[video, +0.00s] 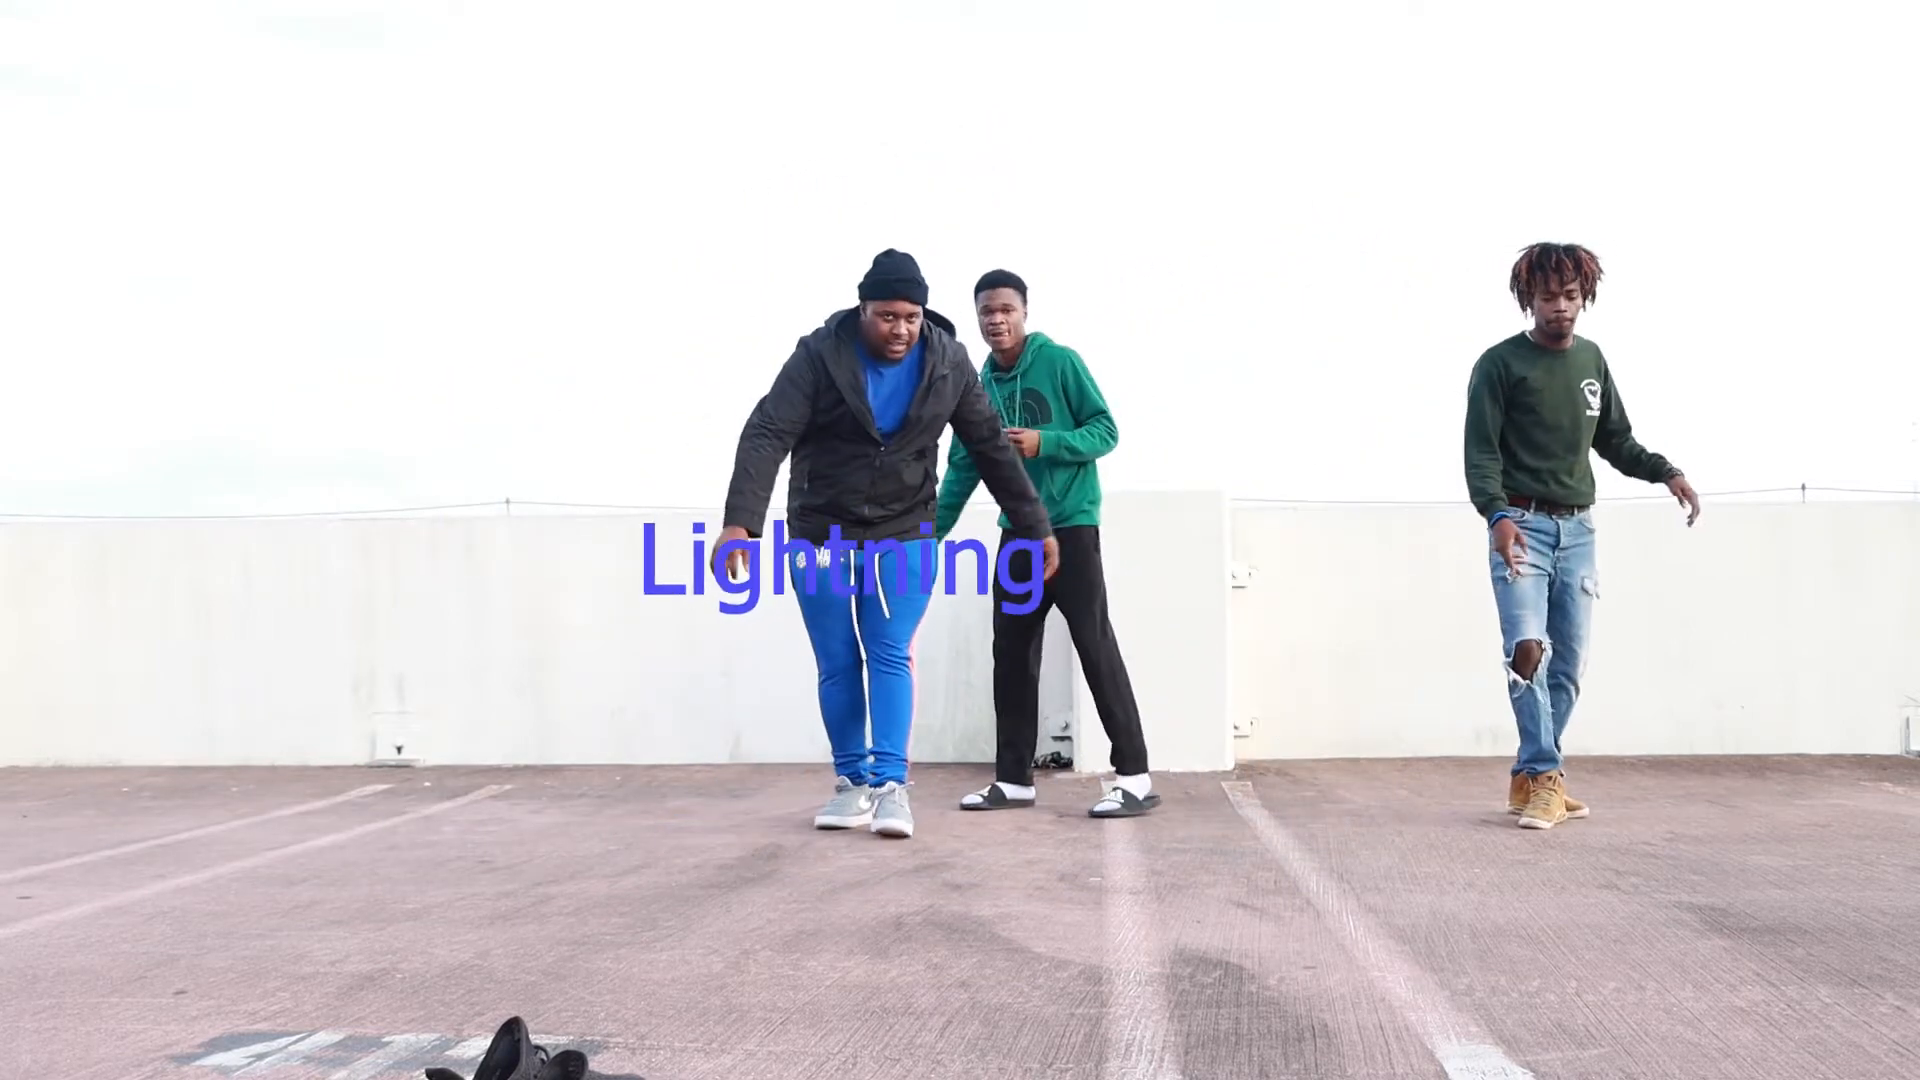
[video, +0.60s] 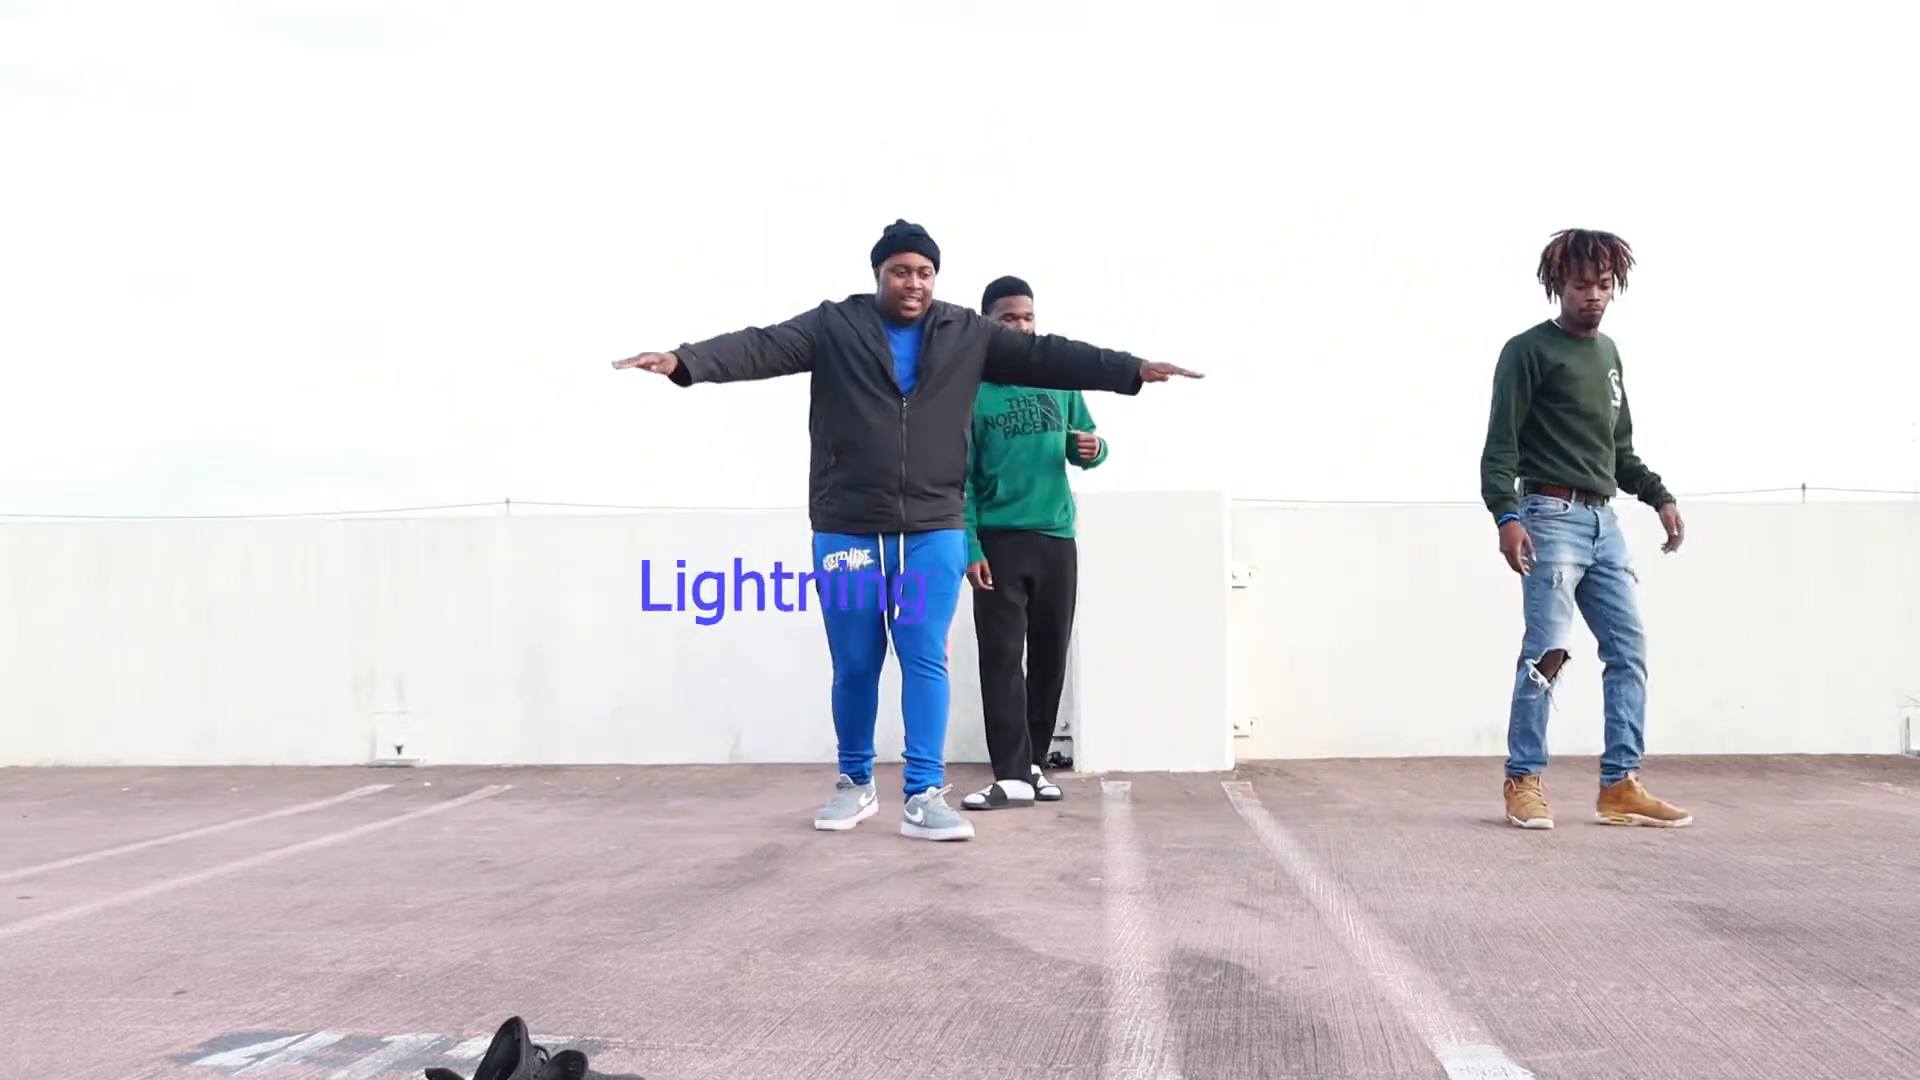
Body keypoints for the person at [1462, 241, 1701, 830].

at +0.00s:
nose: (1560, 307)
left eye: (1569, 295)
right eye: (1548, 296)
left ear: (1583, 297)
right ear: (1527, 299)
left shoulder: (1590, 359)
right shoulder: (1498, 364)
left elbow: (1613, 440)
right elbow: (1480, 454)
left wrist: (1666, 472)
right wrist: (1498, 516)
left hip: (1577, 525)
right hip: (1520, 523)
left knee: (1567, 661)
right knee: (1528, 649)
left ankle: (1529, 778)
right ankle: (1544, 778)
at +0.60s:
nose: (1596, 294)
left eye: (1605, 283)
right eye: (1584, 283)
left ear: (1614, 287)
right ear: (1558, 285)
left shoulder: (1608, 353)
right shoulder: (1527, 350)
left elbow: (1617, 448)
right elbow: (1501, 442)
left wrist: (1660, 498)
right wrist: (1506, 516)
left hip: (1603, 517)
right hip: (1548, 515)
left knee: (1627, 650)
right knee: (1547, 649)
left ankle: (1620, 785)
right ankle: (1523, 781)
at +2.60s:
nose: (1605, 297)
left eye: (1614, 285)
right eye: (1593, 287)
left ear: (1635, 281)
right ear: (1577, 288)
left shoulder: (1669, 349)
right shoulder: (1556, 358)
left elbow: (1698, 435)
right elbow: (1539, 449)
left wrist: (1715, 516)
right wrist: (1524, 530)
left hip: (1654, 517)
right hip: (1581, 516)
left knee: (1668, 653)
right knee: (1559, 648)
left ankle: (1647, 780)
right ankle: (1573, 747)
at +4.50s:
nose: (1531, 308)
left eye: (1540, 294)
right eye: (1519, 300)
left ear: (1565, 287)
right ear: (1509, 301)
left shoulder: (1609, 348)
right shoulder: (1504, 366)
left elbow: (1651, 435)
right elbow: (1496, 456)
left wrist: (1644, 519)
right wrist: (1481, 526)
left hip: (1596, 520)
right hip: (1527, 524)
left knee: (1610, 655)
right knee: (1501, 646)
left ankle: (1627, 778)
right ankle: (1523, 774)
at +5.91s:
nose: (1495, 307)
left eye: (1506, 295)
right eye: (1485, 297)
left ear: (1529, 294)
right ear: (1474, 301)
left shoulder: (1565, 351)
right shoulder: (1457, 358)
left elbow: (1606, 431)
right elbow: (1434, 440)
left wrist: (1596, 512)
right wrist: (1426, 508)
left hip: (1551, 527)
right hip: (1479, 526)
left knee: (1562, 654)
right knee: (1452, 640)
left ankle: (1537, 782)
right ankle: (1491, 761)